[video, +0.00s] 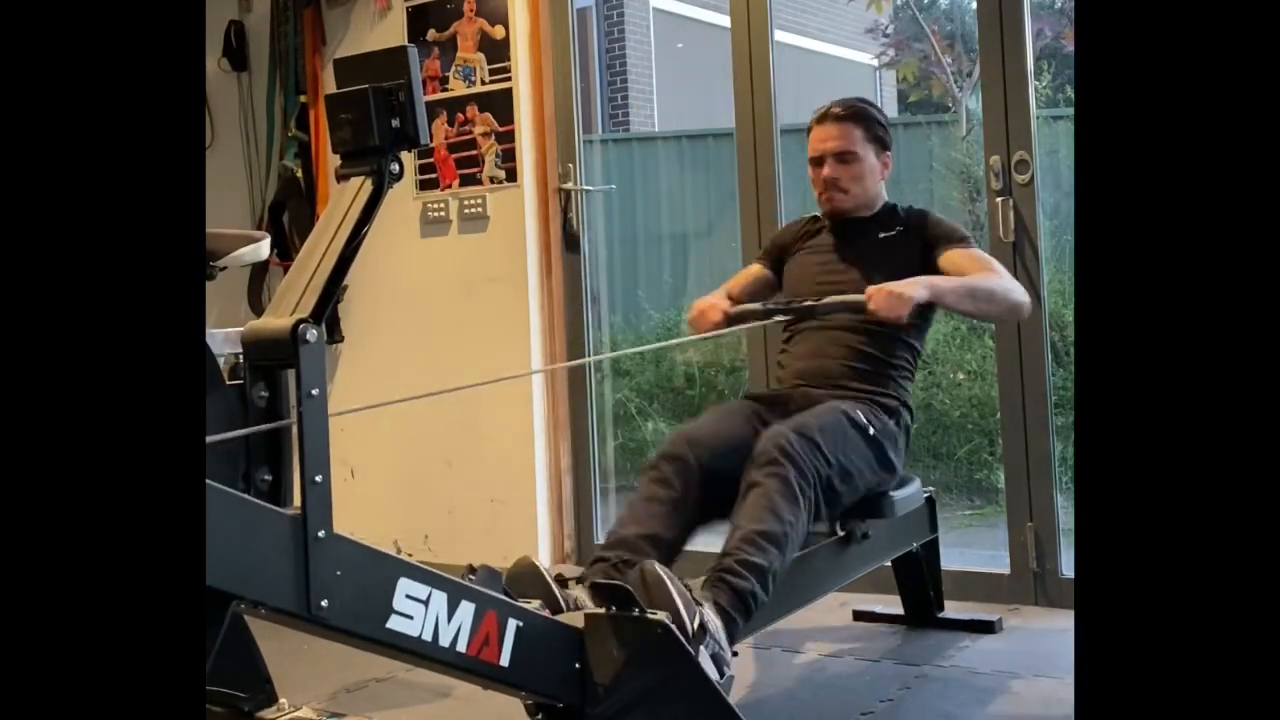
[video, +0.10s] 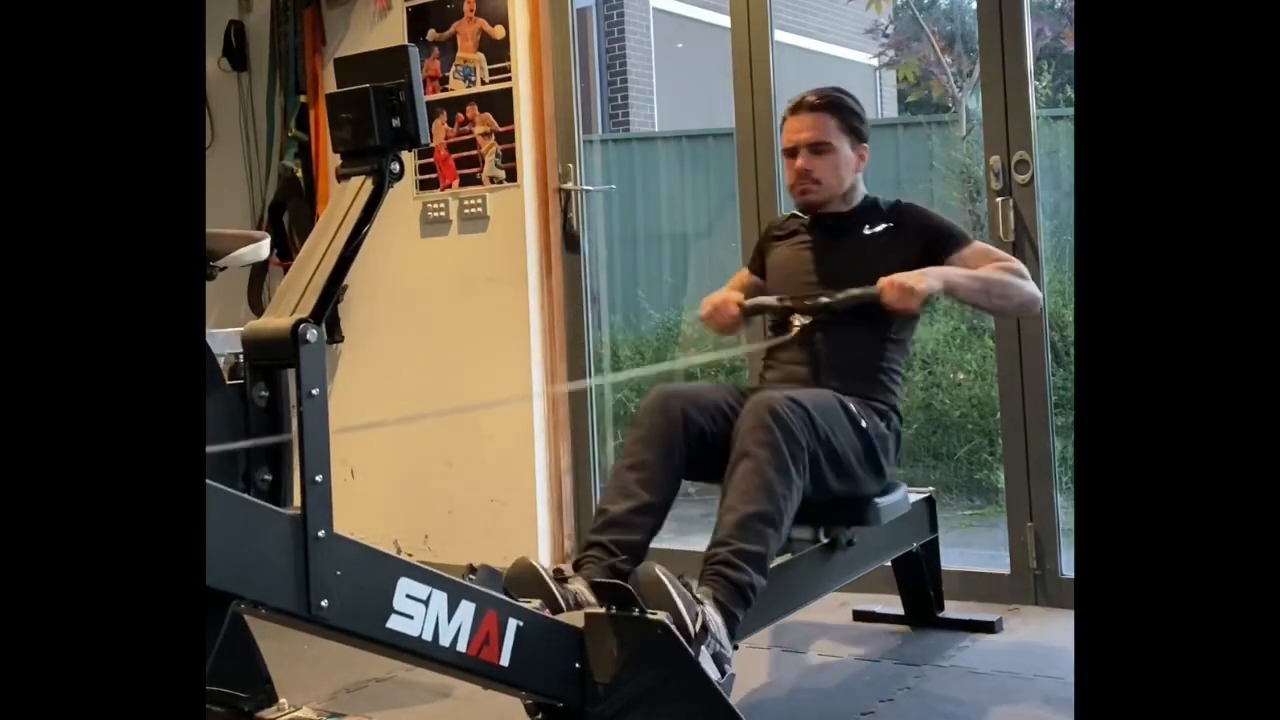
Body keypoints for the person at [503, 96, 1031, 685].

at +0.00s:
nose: (826, 172)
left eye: (842, 158)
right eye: (817, 160)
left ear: (884, 162)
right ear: (810, 167)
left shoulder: (919, 232)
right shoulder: (797, 239)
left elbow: (1013, 298)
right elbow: (725, 298)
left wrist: (925, 287)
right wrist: (711, 307)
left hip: (864, 411)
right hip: (772, 407)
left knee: (782, 456)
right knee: (682, 454)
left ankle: (716, 622)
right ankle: (598, 592)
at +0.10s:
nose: (799, 166)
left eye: (817, 151)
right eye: (790, 153)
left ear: (860, 156)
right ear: (782, 160)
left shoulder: (906, 227)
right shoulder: (777, 236)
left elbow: (1026, 295)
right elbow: (736, 313)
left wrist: (937, 277)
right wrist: (720, 308)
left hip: (859, 426)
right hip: (763, 417)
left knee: (772, 411)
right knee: (668, 406)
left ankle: (716, 621)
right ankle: (593, 586)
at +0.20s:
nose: (778, 158)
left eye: (796, 142)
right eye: (768, 146)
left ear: (839, 148)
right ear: (759, 156)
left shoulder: (886, 223)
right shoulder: (750, 238)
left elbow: (991, 282)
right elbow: (685, 292)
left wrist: (884, 282)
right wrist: (662, 304)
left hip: (845, 452)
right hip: (749, 440)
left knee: (759, 384)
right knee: (653, 381)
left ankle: (712, 617)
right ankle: (594, 577)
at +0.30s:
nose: (744, 142)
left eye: (763, 125)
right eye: (734, 128)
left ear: (809, 136)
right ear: (725, 139)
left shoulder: (848, 206)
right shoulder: (717, 225)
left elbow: (911, 257)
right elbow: (637, 281)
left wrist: (804, 277)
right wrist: (582, 306)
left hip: (822, 460)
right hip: (732, 455)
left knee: (744, 360)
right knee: (627, 358)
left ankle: (712, 607)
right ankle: (588, 576)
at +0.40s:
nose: (702, 137)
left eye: (725, 120)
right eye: (694, 122)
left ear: (774, 132)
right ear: (685, 131)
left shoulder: (808, 200)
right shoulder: (673, 218)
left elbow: (829, 246)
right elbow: (584, 273)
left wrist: (732, 278)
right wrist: (510, 314)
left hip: (794, 472)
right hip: (700, 463)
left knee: (728, 333)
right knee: (599, 344)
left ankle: (705, 589)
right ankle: (581, 567)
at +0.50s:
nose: (658, 137)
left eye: (681, 119)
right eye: (649, 122)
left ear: (734, 132)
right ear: (639, 132)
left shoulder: (776, 204)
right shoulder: (635, 222)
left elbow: (752, 260)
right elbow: (536, 279)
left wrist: (656, 301)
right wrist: (437, 327)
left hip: (772, 475)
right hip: (679, 475)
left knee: (709, 320)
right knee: (570, 337)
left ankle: (699, 576)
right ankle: (575, 564)